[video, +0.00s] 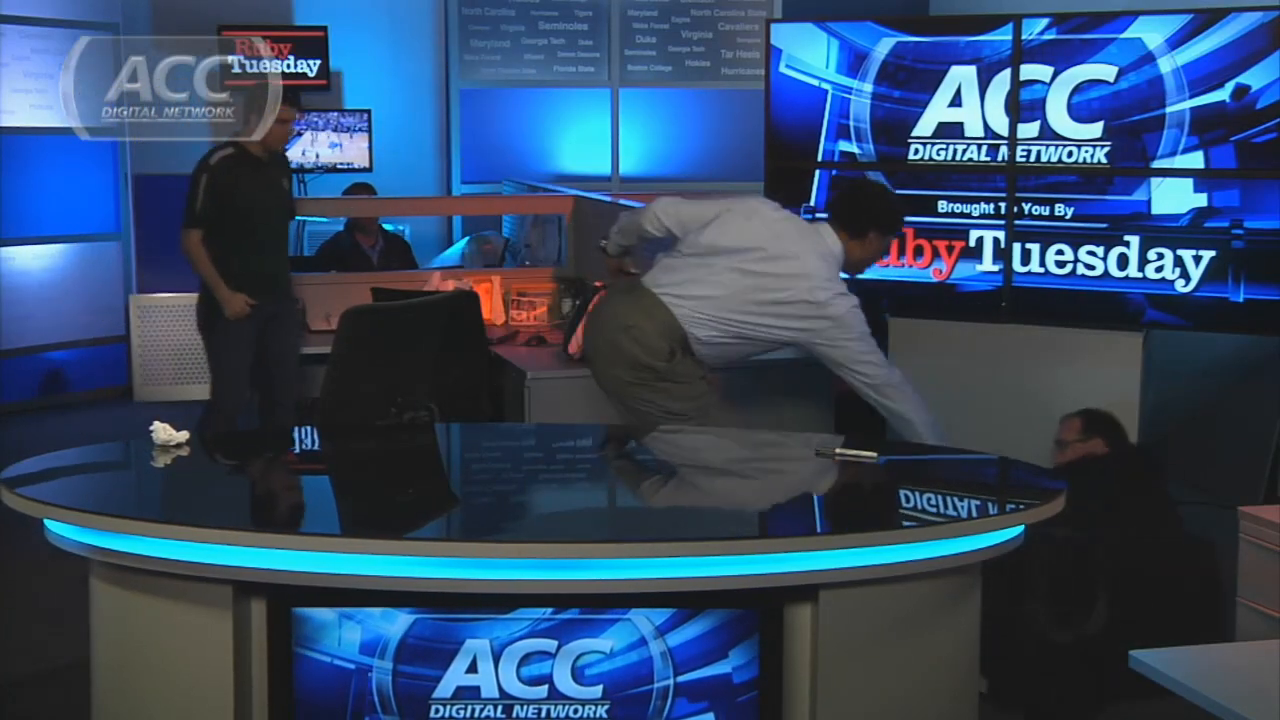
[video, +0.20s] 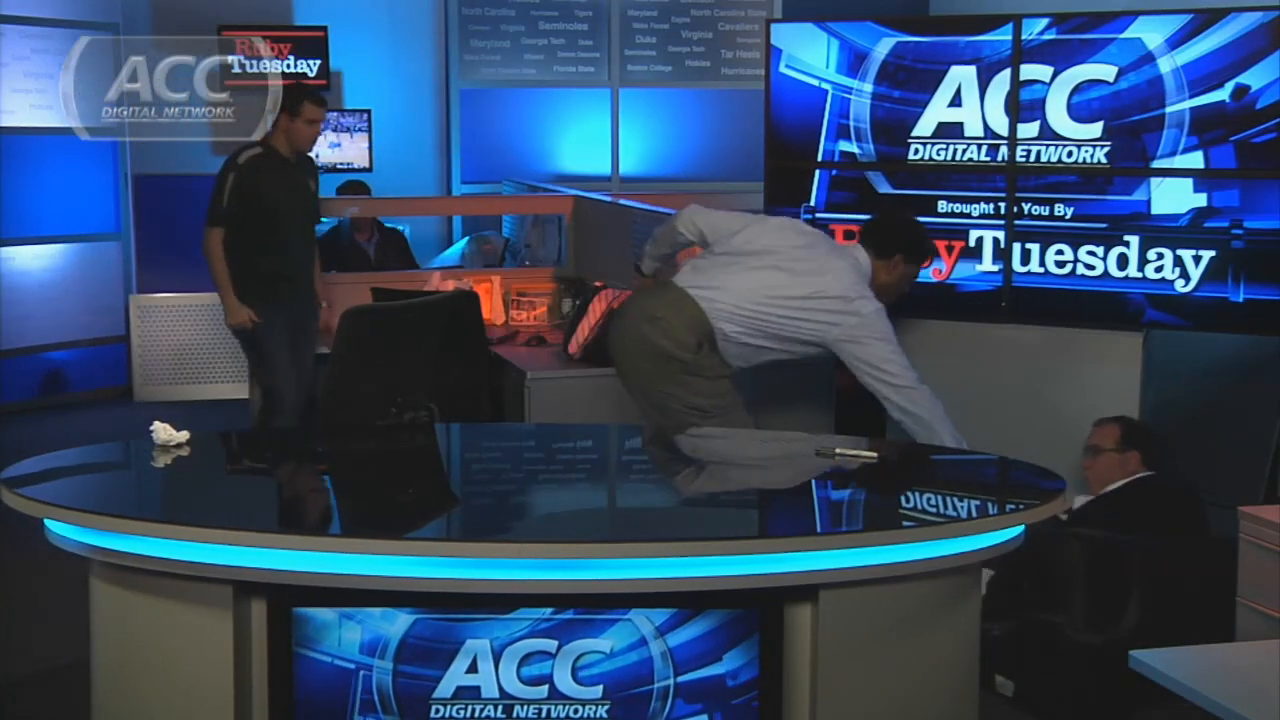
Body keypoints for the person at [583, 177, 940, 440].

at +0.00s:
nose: (883, 253)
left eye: (888, 243)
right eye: (885, 242)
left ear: (836, 215)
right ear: (865, 236)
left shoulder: (759, 210)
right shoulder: (827, 299)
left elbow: (659, 214)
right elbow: (884, 386)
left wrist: (615, 247)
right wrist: (937, 453)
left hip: (612, 313)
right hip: (649, 349)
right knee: (721, 465)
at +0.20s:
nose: (908, 286)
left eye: (913, 275)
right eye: (911, 274)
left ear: (863, 240)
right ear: (895, 265)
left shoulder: (794, 231)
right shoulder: (857, 307)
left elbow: (691, 220)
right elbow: (907, 395)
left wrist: (649, 265)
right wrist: (959, 462)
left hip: (638, 314)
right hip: (678, 339)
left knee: (675, 449)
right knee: (726, 463)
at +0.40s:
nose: (927, 287)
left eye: (932, 277)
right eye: (930, 275)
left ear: (887, 242)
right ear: (912, 259)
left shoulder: (814, 233)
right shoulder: (875, 285)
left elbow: (713, 234)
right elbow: (923, 376)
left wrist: (686, 296)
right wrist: (973, 458)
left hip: (671, 315)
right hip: (699, 328)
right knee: (751, 457)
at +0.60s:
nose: (942, 276)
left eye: (947, 267)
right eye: (944, 264)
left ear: (904, 237)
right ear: (925, 248)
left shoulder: (841, 236)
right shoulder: (892, 272)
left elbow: (727, 251)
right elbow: (934, 367)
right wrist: (977, 457)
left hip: (697, 305)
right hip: (724, 314)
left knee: (741, 442)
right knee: (775, 443)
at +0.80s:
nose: (944, 273)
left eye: (948, 265)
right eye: (949, 264)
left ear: (904, 233)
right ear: (940, 254)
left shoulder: (852, 240)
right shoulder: (904, 273)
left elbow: (773, 260)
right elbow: (948, 374)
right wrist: (990, 460)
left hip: (715, 318)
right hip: (739, 326)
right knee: (801, 453)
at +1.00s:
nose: (940, 270)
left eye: (943, 261)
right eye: (942, 260)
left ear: (899, 234)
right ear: (927, 250)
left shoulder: (842, 244)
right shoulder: (905, 276)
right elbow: (950, 381)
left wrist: (808, 390)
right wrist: (973, 462)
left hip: (715, 329)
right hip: (744, 337)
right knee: (814, 458)